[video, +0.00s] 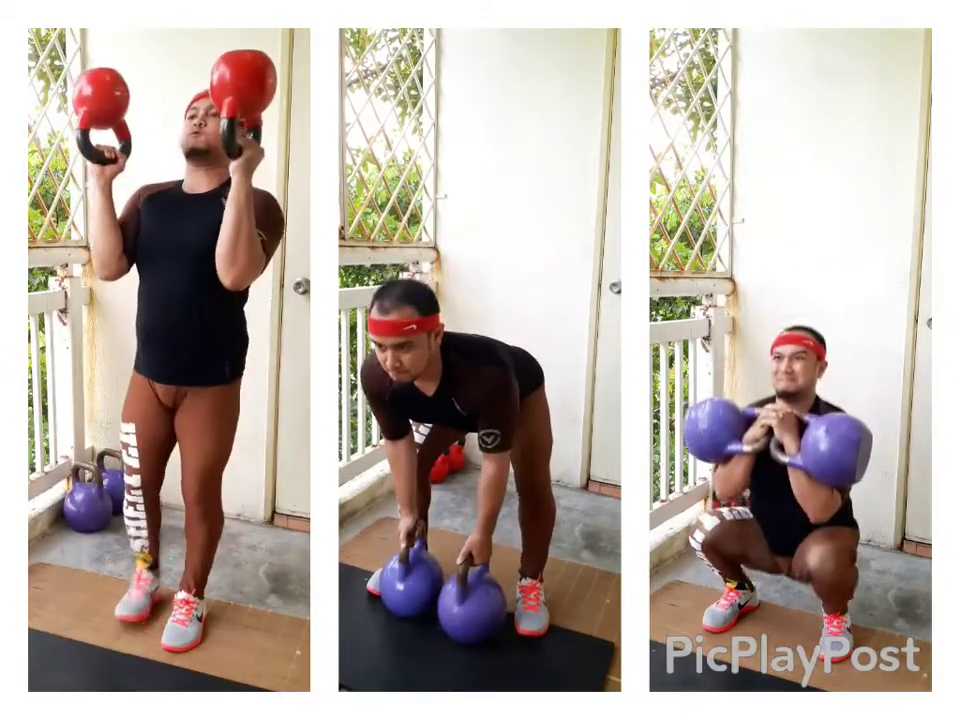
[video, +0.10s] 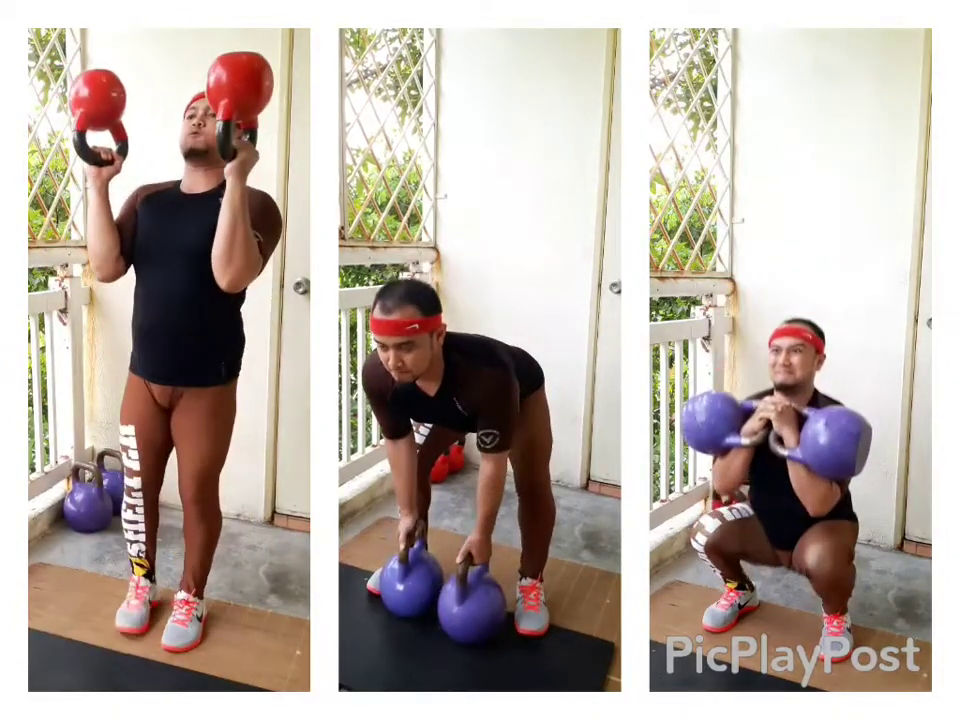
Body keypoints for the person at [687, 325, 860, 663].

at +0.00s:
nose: (786, 367)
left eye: (799, 358)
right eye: (779, 358)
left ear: (821, 367)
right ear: (771, 365)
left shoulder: (834, 424)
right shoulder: (751, 416)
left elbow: (820, 510)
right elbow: (724, 493)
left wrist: (792, 443)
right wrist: (749, 444)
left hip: (819, 540)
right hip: (766, 535)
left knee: (826, 559)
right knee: (713, 538)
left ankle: (835, 618)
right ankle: (740, 591)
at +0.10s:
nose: (783, 359)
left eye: (796, 351)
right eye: (776, 351)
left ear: (818, 361)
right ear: (768, 359)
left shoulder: (832, 417)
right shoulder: (750, 409)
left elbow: (820, 503)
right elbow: (722, 485)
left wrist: (791, 436)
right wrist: (749, 436)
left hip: (821, 531)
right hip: (767, 529)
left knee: (821, 558)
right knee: (710, 533)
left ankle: (834, 618)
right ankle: (740, 591)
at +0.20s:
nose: (780, 343)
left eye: (793, 334)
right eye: (773, 334)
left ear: (816, 344)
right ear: (766, 343)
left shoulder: (832, 400)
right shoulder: (749, 391)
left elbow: (819, 487)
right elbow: (721, 470)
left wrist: (790, 421)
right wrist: (747, 419)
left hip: (825, 510)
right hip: (772, 509)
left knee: (819, 551)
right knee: (720, 534)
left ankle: (835, 617)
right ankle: (740, 590)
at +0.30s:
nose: (777, 322)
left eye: (790, 314)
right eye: (770, 313)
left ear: (814, 322)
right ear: (764, 320)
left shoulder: (830, 376)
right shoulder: (748, 369)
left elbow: (818, 464)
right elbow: (721, 447)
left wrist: (789, 399)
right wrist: (746, 401)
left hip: (829, 485)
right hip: (774, 484)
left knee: (818, 544)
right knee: (721, 525)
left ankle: (836, 618)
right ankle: (740, 590)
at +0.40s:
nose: (777, 299)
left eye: (790, 290)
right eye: (770, 290)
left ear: (814, 298)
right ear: (763, 297)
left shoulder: (829, 354)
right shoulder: (748, 348)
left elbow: (819, 442)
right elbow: (722, 425)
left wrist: (787, 376)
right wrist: (746, 378)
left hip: (830, 465)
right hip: (773, 463)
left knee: (820, 540)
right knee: (721, 520)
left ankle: (836, 616)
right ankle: (740, 589)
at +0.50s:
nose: (779, 273)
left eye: (791, 264)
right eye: (771, 264)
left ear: (815, 274)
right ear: (764, 274)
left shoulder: (830, 332)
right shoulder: (748, 328)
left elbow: (818, 417)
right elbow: (722, 403)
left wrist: (787, 350)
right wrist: (746, 351)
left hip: (828, 451)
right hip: (772, 449)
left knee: (822, 538)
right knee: (717, 513)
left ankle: (837, 614)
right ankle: (740, 587)